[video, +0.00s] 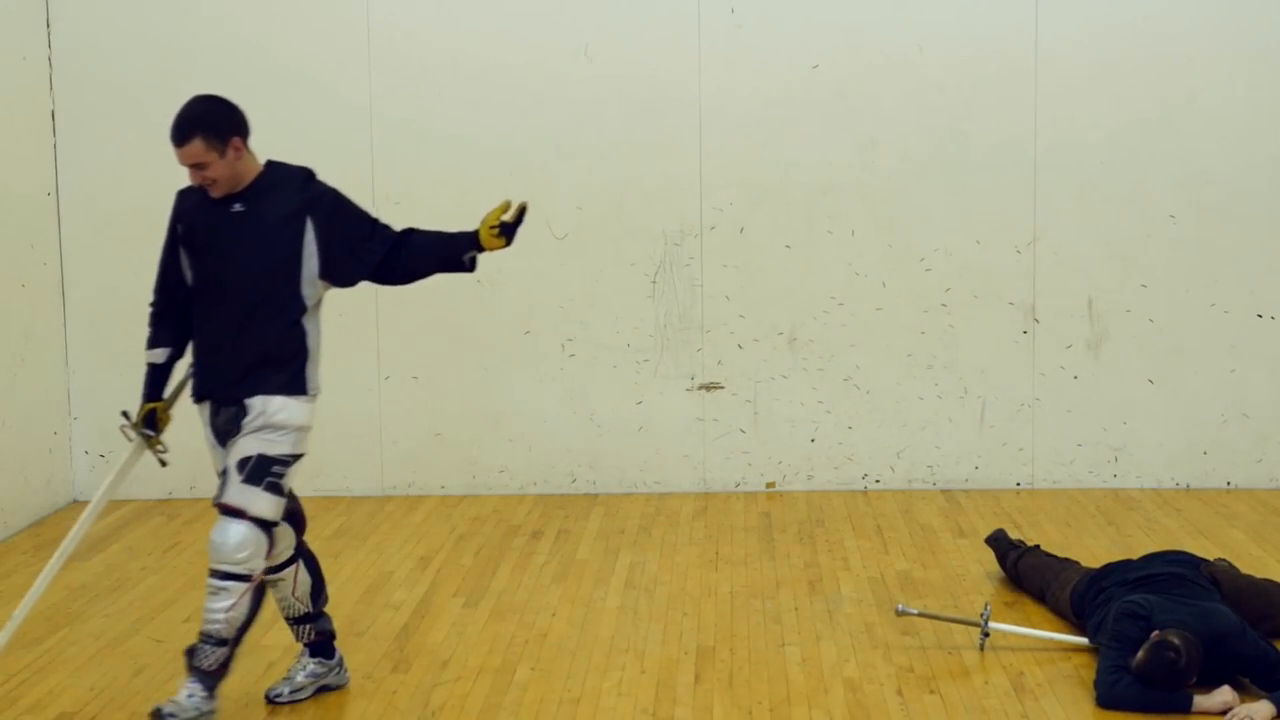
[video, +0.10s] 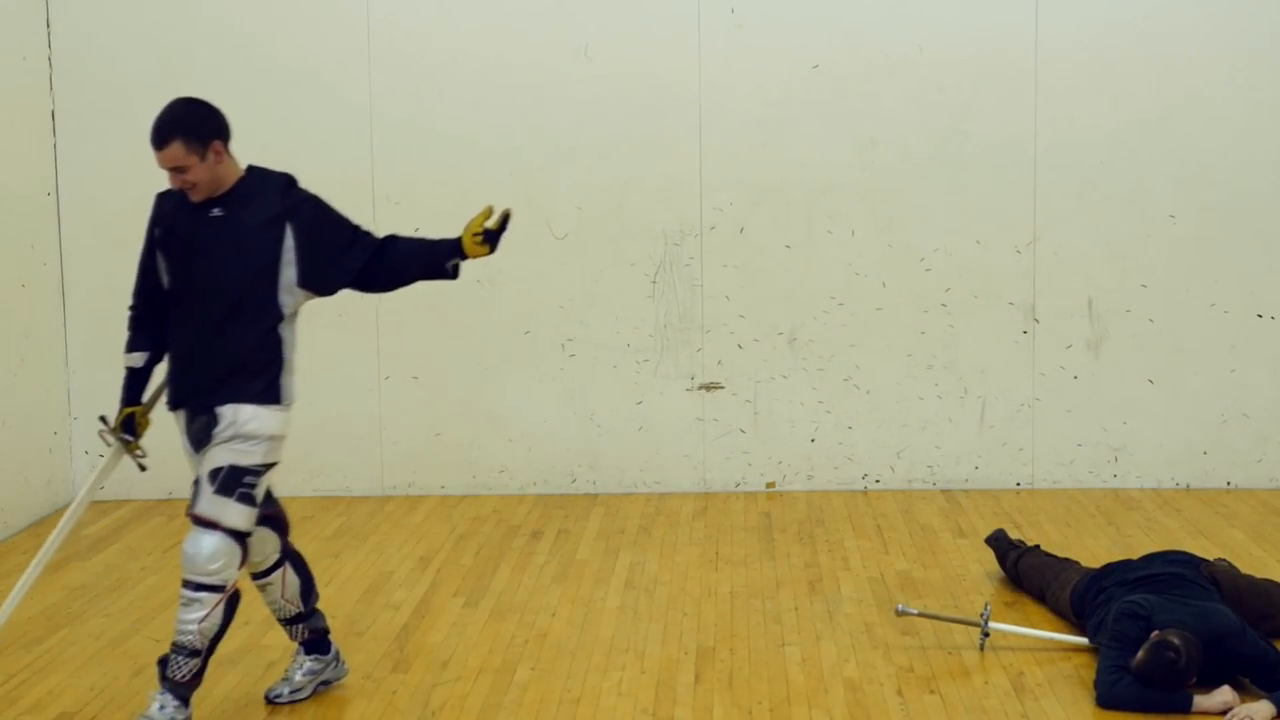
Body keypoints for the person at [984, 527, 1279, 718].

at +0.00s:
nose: (1131, 661)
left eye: (1137, 663)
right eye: (1138, 656)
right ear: (1154, 638)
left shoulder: (1225, 630)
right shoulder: (1123, 626)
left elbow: (1278, 675)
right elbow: (1109, 691)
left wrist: (1271, 705)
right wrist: (1198, 703)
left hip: (1182, 570)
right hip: (1105, 585)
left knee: (1275, 604)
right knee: (1048, 572)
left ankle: (1223, 575)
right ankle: (1009, 550)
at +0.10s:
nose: (1131, 662)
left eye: (1137, 665)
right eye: (1137, 657)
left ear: (1194, 670)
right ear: (1153, 638)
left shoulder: (1226, 631)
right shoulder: (1124, 625)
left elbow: (1278, 676)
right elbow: (1109, 691)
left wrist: (1271, 705)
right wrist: (1198, 703)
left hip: (1183, 570)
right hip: (1105, 584)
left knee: (1275, 603)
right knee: (1047, 571)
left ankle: (1224, 576)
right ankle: (1009, 550)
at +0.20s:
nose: (1131, 662)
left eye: (1137, 666)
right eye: (1137, 658)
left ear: (1193, 672)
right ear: (1152, 638)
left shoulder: (1226, 631)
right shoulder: (1124, 626)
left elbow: (1278, 676)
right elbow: (1109, 692)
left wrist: (1271, 705)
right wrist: (1198, 703)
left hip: (1183, 570)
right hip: (1105, 584)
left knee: (1276, 603)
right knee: (1047, 571)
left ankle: (1223, 575)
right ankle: (1009, 550)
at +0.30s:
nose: (1131, 663)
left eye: (1137, 666)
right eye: (1137, 658)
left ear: (1193, 672)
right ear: (1152, 639)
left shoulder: (1225, 630)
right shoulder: (1124, 626)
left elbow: (1278, 676)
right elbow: (1109, 691)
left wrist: (1271, 705)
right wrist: (1198, 703)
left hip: (1182, 570)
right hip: (1105, 585)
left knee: (1275, 604)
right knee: (1047, 571)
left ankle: (1223, 575)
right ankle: (1009, 550)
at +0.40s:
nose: (1131, 662)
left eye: (1137, 665)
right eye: (1137, 658)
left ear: (1194, 670)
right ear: (1152, 639)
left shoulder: (1225, 630)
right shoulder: (1124, 626)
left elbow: (1278, 675)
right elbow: (1109, 691)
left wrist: (1271, 705)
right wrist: (1198, 703)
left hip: (1182, 570)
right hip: (1104, 585)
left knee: (1275, 604)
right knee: (1047, 571)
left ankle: (1223, 575)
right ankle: (1009, 550)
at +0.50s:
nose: (1131, 663)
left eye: (1137, 666)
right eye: (1137, 659)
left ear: (1194, 671)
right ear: (1151, 639)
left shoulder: (1226, 631)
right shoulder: (1124, 626)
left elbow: (1279, 676)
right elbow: (1109, 691)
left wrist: (1270, 705)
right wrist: (1198, 703)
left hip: (1183, 571)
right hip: (1105, 584)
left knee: (1276, 602)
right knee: (1047, 571)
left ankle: (1224, 576)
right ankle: (1009, 550)